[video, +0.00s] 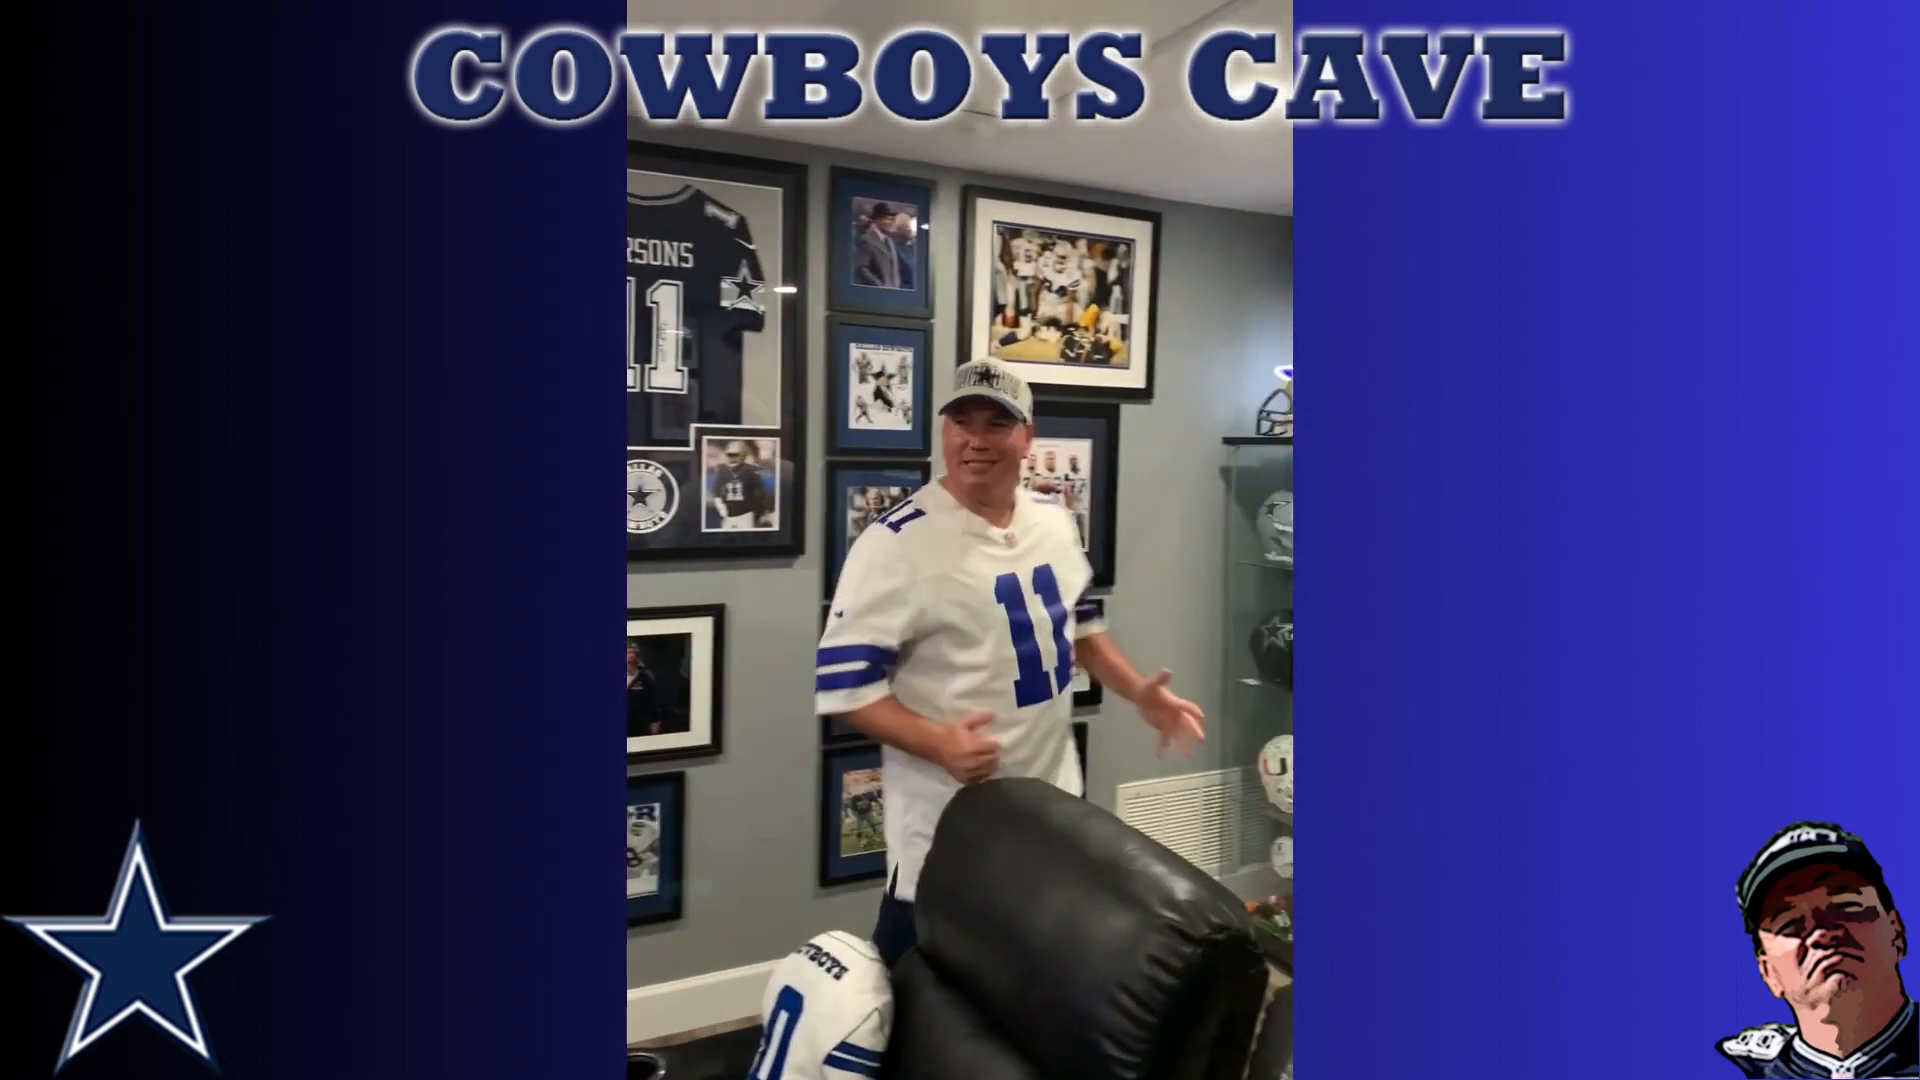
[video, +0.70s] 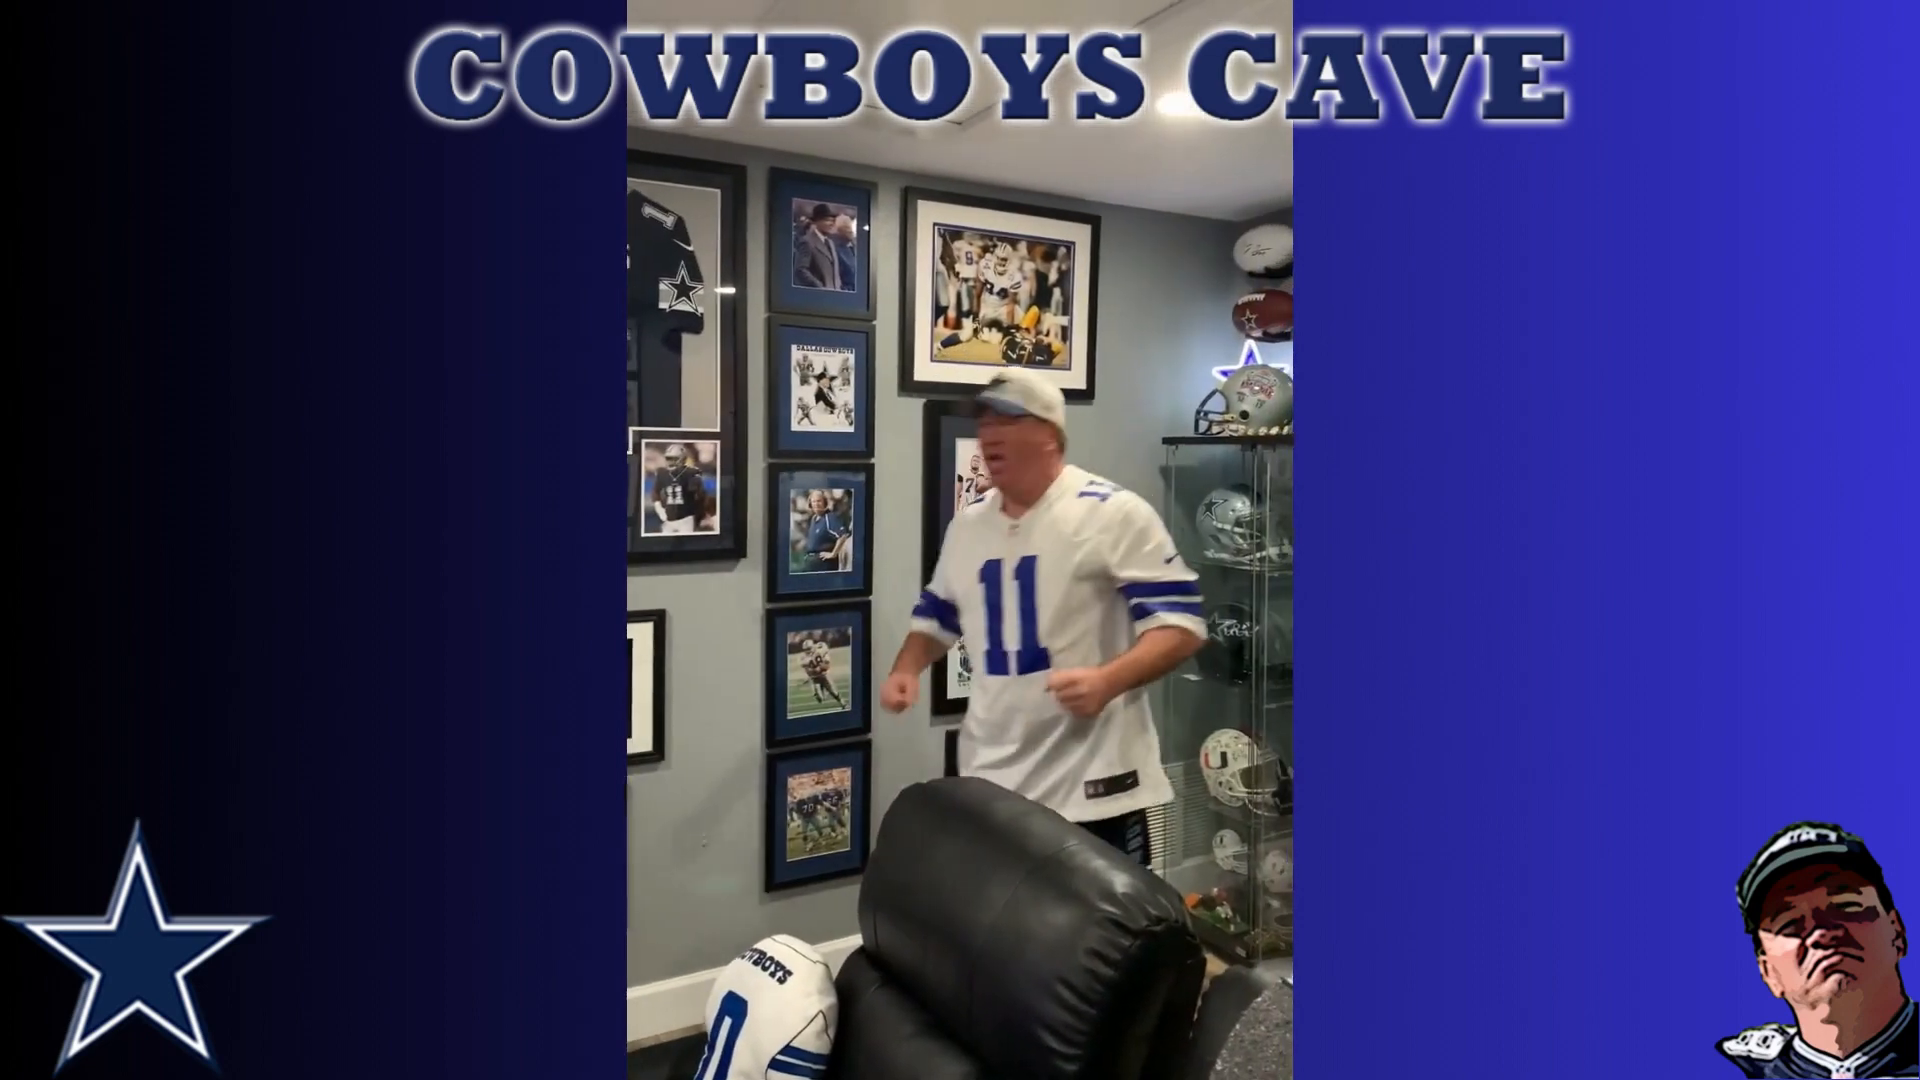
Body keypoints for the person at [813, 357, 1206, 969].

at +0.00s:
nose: (976, 439)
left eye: (997, 423)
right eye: (962, 422)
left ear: (1027, 440)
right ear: (941, 433)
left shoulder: (1054, 525)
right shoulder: (895, 546)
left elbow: (1081, 630)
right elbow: (846, 686)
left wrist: (1137, 690)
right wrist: (937, 740)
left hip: (1051, 822)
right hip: (944, 832)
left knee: (1050, 983)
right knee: (933, 996)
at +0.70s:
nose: (988, 435)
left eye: (1005, 419)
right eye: (983, 421)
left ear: (1049, 435)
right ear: (976, 434)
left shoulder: (1115, 515)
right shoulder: (968, 527)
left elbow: (1182, 626)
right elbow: (937, 618)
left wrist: (1108, 681)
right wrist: (906, 669)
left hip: (1095, 796)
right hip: (994, 794)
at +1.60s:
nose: (1013, 417)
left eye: (1029, 406)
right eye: (1001, 407)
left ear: (1053, 431)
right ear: (984, 430)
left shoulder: (1101, 517)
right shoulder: (954, 518)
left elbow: (1155, 625)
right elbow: (935, 607)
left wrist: (1119, 691)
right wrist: (912, 661)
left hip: (1070, 785)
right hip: (965, 780)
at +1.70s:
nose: (981, 421)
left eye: (998, 410)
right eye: (969, 410)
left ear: (1025, 433)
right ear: (952, 434)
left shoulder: (1074, 522)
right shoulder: (928, 521)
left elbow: (1124, 642)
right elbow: (911, 614)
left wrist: (1071, 706)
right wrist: (883, 667)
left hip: (1042, 787)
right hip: (938, 780)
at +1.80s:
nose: (954, 427)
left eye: (971, 415)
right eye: (939, 415)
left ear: (999, 438)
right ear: (922, 437)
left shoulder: (1044, 525)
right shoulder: (898, 521)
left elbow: (1095, 644)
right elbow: (883, 620)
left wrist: (1039, 709)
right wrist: (859, 677)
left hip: (1006, 792)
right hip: (898, 785)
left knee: (1003, 944)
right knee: (883, 940)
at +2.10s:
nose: (901, 406)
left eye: (917, 393)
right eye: (886, 393)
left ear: (941, 413)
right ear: (866, 415)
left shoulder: (993, 503)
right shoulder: (837, 505)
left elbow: (1048, 614)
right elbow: (820, 599)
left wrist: (1004, 679)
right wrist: (789, 656)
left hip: (958, 769)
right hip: (866, 769)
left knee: (961, 932)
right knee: (883, 927)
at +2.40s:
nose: (840, 431)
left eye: (857, 415)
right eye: (836, 415)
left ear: (904, 422)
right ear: (832, 422)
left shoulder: (973, 511)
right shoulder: (835, 509)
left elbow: (1035, 629)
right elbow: (815, 612)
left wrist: (974, 703)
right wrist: (773, 662)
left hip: (926, 794)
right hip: (860, 788)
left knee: (862, 970)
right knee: (929, 952)